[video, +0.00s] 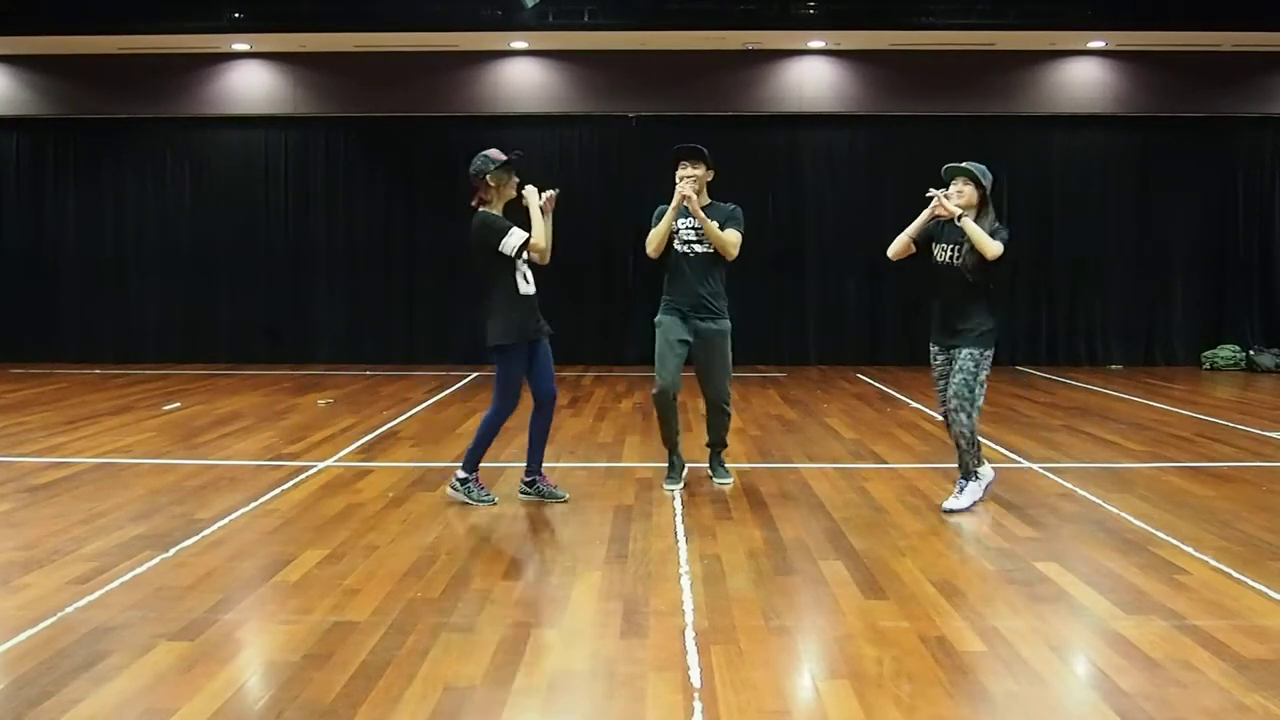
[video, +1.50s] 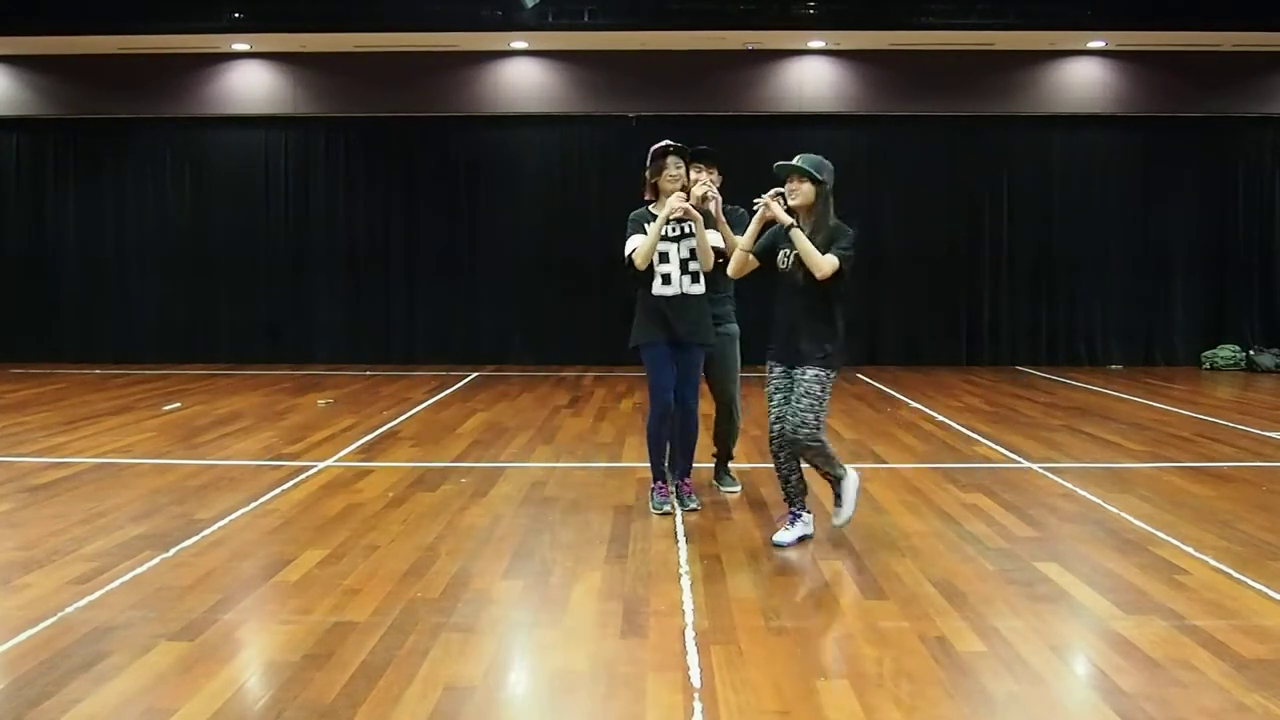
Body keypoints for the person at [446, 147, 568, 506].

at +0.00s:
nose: (515, 180)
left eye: (513, 173)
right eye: (508, 175)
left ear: (495, 182)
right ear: (489, 182)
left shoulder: (503, 220)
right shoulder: (486, 222)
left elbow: (541, 255)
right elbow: (539, 250)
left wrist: (545, 215)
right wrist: (534, 208)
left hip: (531, 321)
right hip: (508, 323)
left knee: (546, 395)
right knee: (505, 403)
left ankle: (533, 477)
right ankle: (465, 476)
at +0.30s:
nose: (560, 175)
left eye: (558, 169)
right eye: (552, 172)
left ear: (550, 175)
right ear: (534, 180)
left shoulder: (562, 214)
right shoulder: (524, 218)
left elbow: (603, 242)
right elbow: (558, 239)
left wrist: (596, 202)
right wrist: (569, 199)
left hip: (567, 317)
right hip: (546, 319)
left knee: (549, 398)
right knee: (588, 390)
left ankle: (532, 476)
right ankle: (569, 471)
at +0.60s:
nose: (606, 182)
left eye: (605, 176)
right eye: (597, 178)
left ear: (604, 179)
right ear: (579, 183)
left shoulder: (604, 222)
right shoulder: (572, 223)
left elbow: (635, 262)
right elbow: (606, 251)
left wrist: (641, 223)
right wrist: (613, 208)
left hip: (621, 322)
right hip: (598, 324)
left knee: (633, 401)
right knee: (608, 402)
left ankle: (574, 453)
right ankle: (601, 485)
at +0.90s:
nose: (646, 179)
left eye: (645, 173)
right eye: (638, 176)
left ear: (643, 179)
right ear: (620, 184)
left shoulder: (653, 219)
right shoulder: (612, 222)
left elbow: (690, 251)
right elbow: (652, 245)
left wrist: (685, 209)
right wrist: (657, 201)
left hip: (667, 323)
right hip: (632, 326)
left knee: (677, 403)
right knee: (631, 408)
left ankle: (680, 480)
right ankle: (603, 483)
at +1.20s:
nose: (670, 187)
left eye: (673, 181)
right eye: (661, 182)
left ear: (680, 183)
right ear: (645, 187)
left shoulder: (692, 218)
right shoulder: (633, 220)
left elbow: (705, 260)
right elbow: (630, 253)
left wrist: (698, 214)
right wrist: (655, 213)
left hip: (689, 315)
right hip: (650, 316)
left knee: (688, 403)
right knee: (670, 398)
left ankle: (681, 479)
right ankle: (648, 463)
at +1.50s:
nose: (676, 177)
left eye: (680, 170)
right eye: (668, 172)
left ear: (687, 175)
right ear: (654, 179)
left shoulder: (698, 218)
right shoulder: (641, 218)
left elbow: (708, 264)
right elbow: (640, 261)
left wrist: (698, 221)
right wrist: (662, 217)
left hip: (694, 321)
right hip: (655, 321)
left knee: (688, 402)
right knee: (663, 400)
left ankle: (683, 479)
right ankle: (659, 481)